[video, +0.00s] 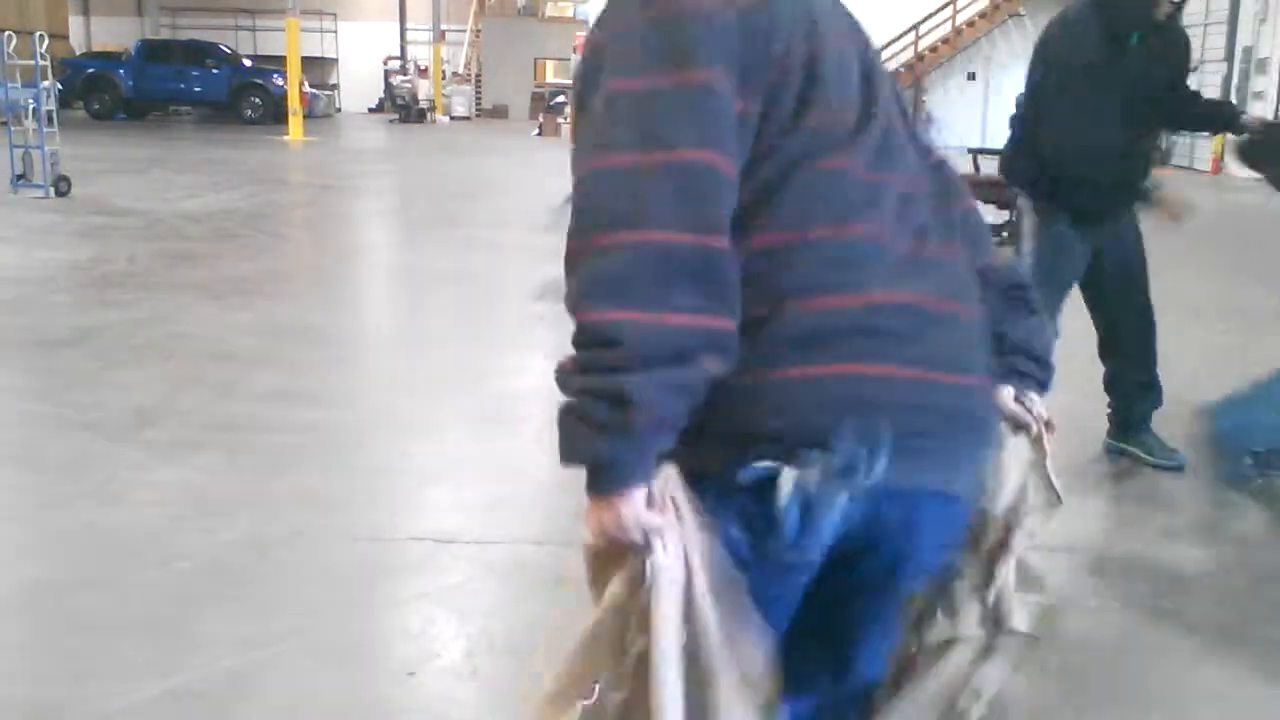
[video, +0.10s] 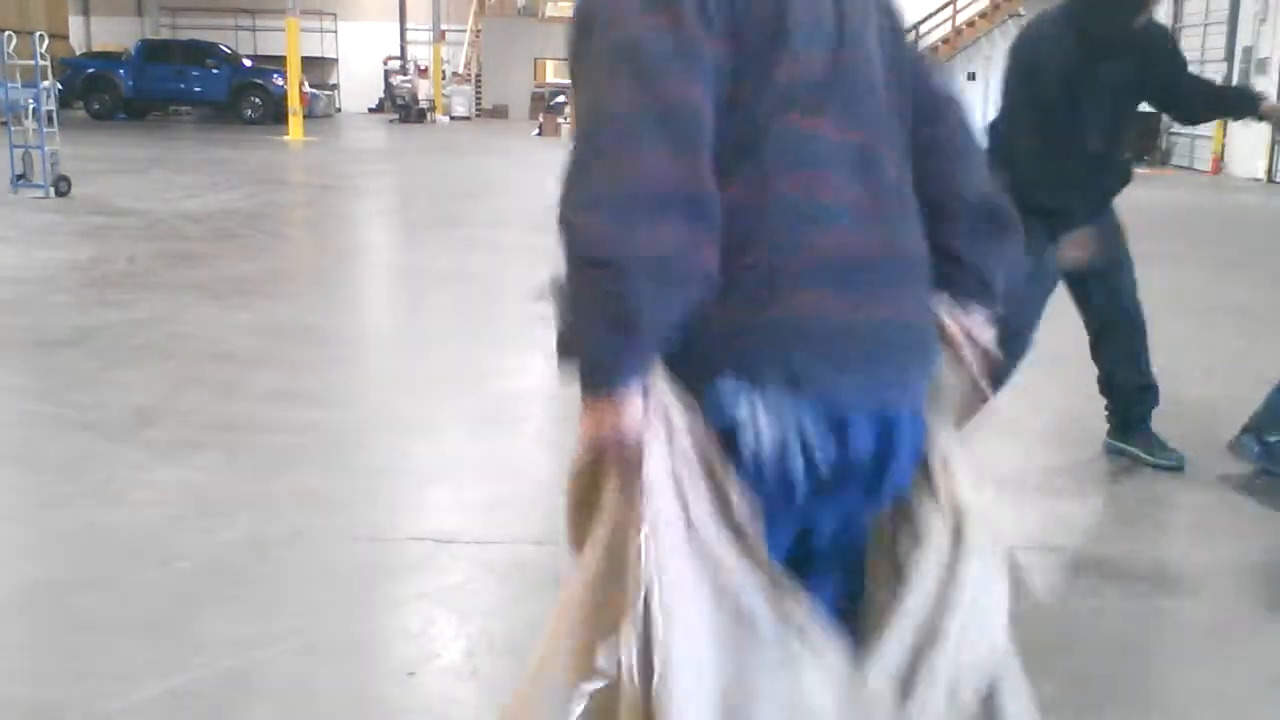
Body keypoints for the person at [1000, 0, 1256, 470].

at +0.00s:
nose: (1170, 8)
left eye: (1174, 6)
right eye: (1166, 4)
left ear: (1171, 7)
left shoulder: (1167, 40)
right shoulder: (1076, 30)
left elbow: (1165, 105)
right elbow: (1068, 134)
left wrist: (1234, 119)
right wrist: (1142, 188)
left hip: (1113, 201)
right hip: (1055, 202)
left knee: (1130, 322)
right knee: (1032, 323)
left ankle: (1129, 426)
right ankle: (1002, 431)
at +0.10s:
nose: (1145, 14)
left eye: (1147, 10)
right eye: (1139, 9)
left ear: (1144, 9)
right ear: (1112, 4)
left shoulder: (1147, 40)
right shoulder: (1046, 37)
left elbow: (1181, 96)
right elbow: (1024, 139)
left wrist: (1256, 104)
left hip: (1091, 202)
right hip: (1029, 206)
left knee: (1118, 318)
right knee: (1007, 330)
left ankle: (1129, 425)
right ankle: (935, 426)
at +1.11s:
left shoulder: (1028, 11)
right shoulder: (924, 8)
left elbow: (1086, 44)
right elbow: (873, 68)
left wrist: (1169, 43)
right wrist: (856, 157)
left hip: (982, 173)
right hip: (923, 171)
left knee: (971, 305)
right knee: (921, 304)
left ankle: (949, 422)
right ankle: (908, 425)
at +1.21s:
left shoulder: (1027, 9)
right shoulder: (925, 9)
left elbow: (1075, 55)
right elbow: (879, 67)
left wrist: (1143, 51)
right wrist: (861, 155)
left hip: (988, 179)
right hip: (929, 176)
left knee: (974, 310)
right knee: (922, 310)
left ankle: (952, 422)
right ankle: (909, 427)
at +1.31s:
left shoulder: (1039, 9)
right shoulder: (933, 8)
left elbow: (1062, 65)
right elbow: (885, 72)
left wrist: (1103, 75)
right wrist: (880, 158)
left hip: (1000, 183)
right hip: (939, 180)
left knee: (995, 308)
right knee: (928, 311)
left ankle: (961, 420)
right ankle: (908, 426)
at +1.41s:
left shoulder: (1047, 14)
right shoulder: (949, 8)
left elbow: (1039, 84)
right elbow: (902, 71)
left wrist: (1075, 98)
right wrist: (909, 162)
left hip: (1011, 187)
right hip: (952, 185)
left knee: (1017, 312)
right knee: (935, 315)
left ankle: (997, 425)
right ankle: (908, 428)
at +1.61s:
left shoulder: (1074, 11)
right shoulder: (1006, 9)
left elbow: (1050, 84)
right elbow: (957, 83)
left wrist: (1083, 119)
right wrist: (998, 162)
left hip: (1044, 197)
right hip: (987, 196)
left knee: (1066, 316)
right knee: (957, 314)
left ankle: (1071, 437)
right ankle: (909, 426)